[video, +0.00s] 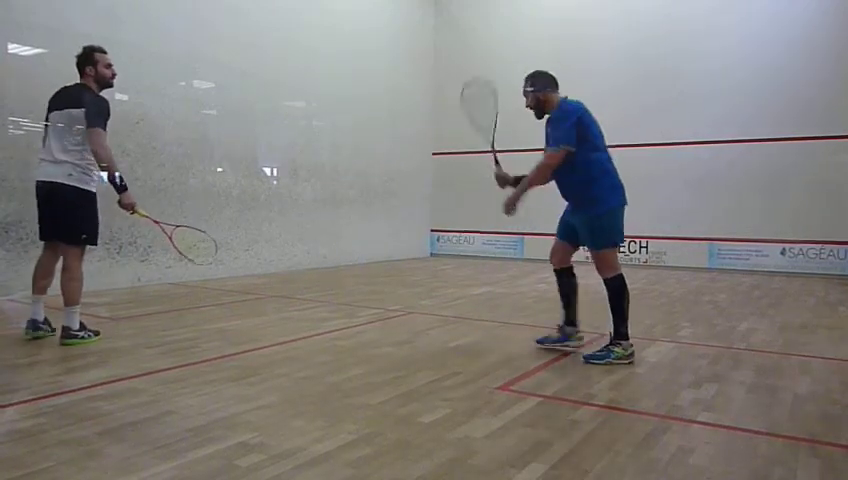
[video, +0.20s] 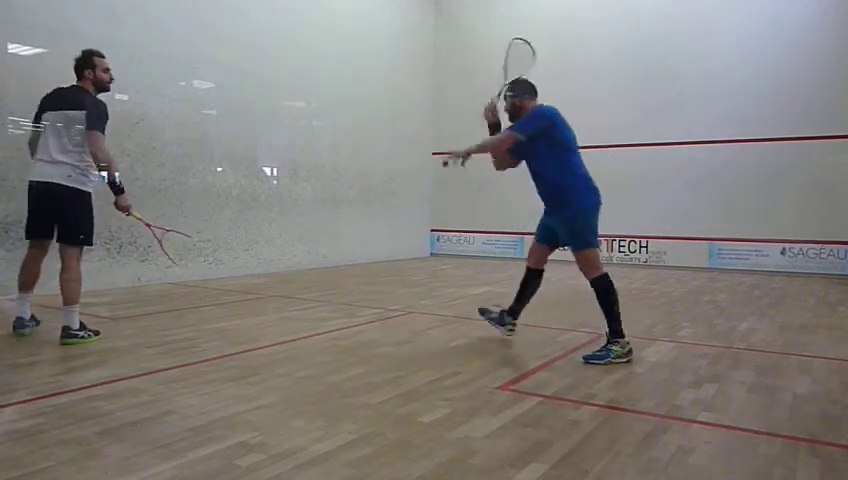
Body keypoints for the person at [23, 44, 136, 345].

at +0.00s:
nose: (113, 71)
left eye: (112, 66)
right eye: (107, 67)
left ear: (86, 72)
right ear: (90, 71)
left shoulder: (57, 97)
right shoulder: (96, 102)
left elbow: (47, 144)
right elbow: (99, 147)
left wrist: (83, 164)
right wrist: (123, 190)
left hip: (46, 184)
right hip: (76, 188)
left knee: (50, 249)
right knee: (73, 256)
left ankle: (36, 319)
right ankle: (72, 326)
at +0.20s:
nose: (111, 76)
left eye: (110, 70)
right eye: (105, 71)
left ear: (82, 75)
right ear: (88, 74)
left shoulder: (50, 98)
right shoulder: (95, 105)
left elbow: (33, 144)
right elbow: (98, 150)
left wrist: (50, 170)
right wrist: (119, 190)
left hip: (40, 185)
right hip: (74, 190)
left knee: (36, 249)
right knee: (71, 259)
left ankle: (22, 316)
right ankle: (72, 326)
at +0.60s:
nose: (66, 78)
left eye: (64, 73)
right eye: (62, 73)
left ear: (37, 77)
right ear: (50, 76)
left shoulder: (9, 104)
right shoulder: (65, 109)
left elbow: (1, 143)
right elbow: (82, 155)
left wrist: (4, 173)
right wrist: (82, 174)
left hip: (13, 190)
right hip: (53, 192)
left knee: (15, 251)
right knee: (67, 253)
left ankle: (11, 315)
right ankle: (70, 307)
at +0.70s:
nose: (56, 76)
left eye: (53, 71)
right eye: (52, 71)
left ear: (27, 78)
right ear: (42, 76)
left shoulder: (5, 102)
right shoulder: (59, 108)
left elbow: (3, 143)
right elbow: (75, 154)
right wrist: (65, 162)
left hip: (10, 189)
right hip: (48, 191)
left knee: (11, 249)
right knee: (60, 247)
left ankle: (10, 314)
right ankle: (62, 303)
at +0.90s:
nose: (45, 76)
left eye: (42, 72)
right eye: (42, 72)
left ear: (16, 78)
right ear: (34, 77)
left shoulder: (3, 102)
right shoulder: (55, 109)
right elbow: (65, 149)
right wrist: (37, 135)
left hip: (8, 187)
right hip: (44, 189)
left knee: (9, 248)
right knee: (41, 245)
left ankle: (10, 312)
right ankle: (46, 306)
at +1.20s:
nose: (48, 105)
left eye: (47, 101)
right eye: (47, 101)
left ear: (25, 101)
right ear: (46, 101)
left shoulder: (13, 119)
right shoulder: (58, 126)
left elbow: (2, 137)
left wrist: (7, 110)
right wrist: (15, 112)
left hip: (22, 195)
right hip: (57, 197)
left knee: (4, 250)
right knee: (40, 243)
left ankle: (9, 308)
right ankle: (42, 301)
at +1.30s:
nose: (32, 112)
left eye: (32, 110)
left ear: (31, 115)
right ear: (54, 118)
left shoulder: (22, 129)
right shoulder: (63, 141)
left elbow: (4, 160)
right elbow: (50, 177)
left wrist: (9, 176)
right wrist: (13, 176)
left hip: (30, 201)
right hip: (63, 206)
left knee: (1, 246)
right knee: (40, 246)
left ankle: (4, 301)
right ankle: (43, 301)